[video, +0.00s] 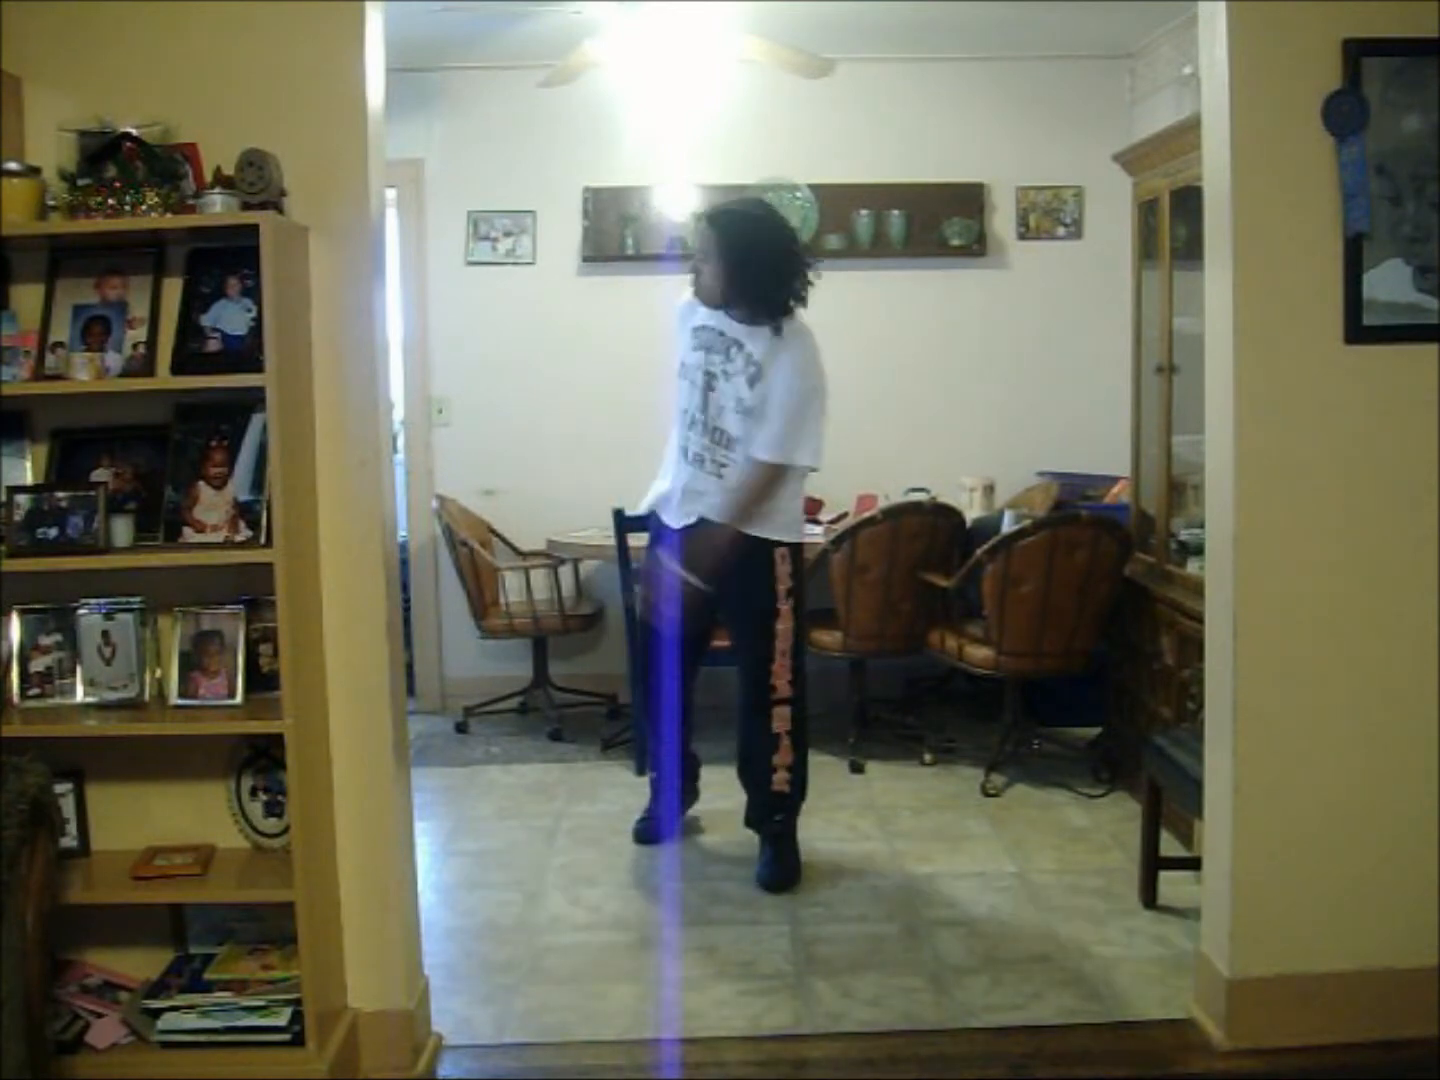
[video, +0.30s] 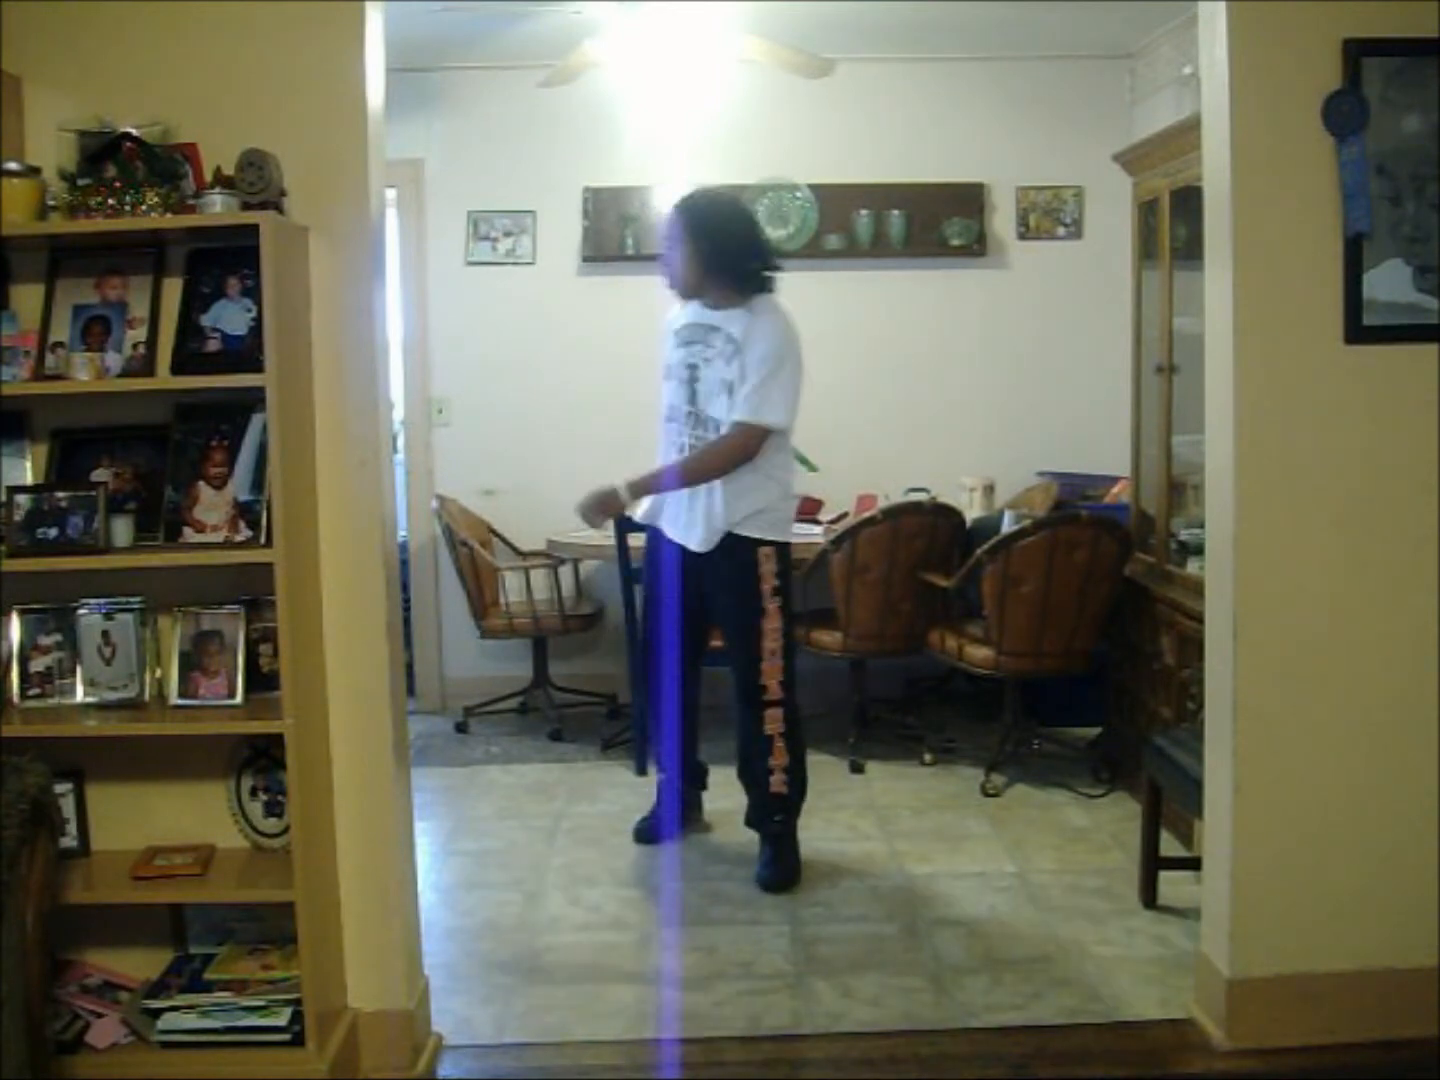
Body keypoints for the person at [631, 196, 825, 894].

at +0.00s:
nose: (692, 268)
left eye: (703, 258)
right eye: (693, 256)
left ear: (744, 266)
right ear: (718, 263)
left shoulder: (792, 350)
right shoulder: (694, 318)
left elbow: (774, 461)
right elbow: (691, 420)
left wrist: (716, 537)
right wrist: (665, 504)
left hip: (759, 532)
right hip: (682, 520)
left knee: (770, 679)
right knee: (663, 665)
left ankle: (776, 824)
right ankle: (671, 793)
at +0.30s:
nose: (662, 260)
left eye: (673, 246)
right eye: (663, 246)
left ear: (711, 251)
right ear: (692, 254)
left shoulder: (768, 329)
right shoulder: (682, 323)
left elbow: (747, 441)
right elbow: (687, 425)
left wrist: (636, 488)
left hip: (749, 529)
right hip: (677, 523)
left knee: (760, 678)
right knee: (668, 667)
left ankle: (777, 823)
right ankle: (679, 793)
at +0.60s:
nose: (614, 272)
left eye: (624, 258)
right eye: (612, 260)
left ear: (663, 256)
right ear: (633, 264)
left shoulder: (730, 323)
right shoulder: (633, 343)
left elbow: (765, 429)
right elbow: (615, 435)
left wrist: (779, 521)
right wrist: (579, 487)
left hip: (726, 531)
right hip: (648, 530)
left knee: (742, 676)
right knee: (658, 670)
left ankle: (773, 821)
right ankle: (678, 793)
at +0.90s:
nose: (640, 259)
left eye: (645, 244)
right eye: (623, 258)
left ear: (674, 248)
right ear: (613, 282)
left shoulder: (737, 313)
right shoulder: (620, 346)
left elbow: (784, 400)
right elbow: (604, 433)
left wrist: (779, 489)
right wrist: (588, 525)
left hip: (715, 519)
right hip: (641, 521)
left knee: (719, 667)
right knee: (654, 666)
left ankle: (758, 798)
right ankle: (678, 793)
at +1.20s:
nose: (668, 256)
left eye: (680, 244)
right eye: (655, 244)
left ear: (700, 254)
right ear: (634, 256)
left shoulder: (739, 327)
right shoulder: (614, 337)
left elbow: (764, 425)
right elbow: (614, 423)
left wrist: (775, 508)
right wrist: (654, 446)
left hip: (733, 512)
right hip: (651, 516)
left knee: (736, 654)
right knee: (659, 656)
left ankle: (749, 789)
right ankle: (678, 790)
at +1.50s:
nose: (690, 256)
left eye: (703, 244)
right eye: (678, 245)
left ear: (725, 255)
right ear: (656, 256)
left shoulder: (761, 336)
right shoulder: (630, 326)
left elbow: (785, 436)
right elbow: (628, 413)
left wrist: (775, 525)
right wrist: (714, 392)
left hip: (748, 511)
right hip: (667, 512)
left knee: (757, 661)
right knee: (657, 657)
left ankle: (751, 787)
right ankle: (670, 785)